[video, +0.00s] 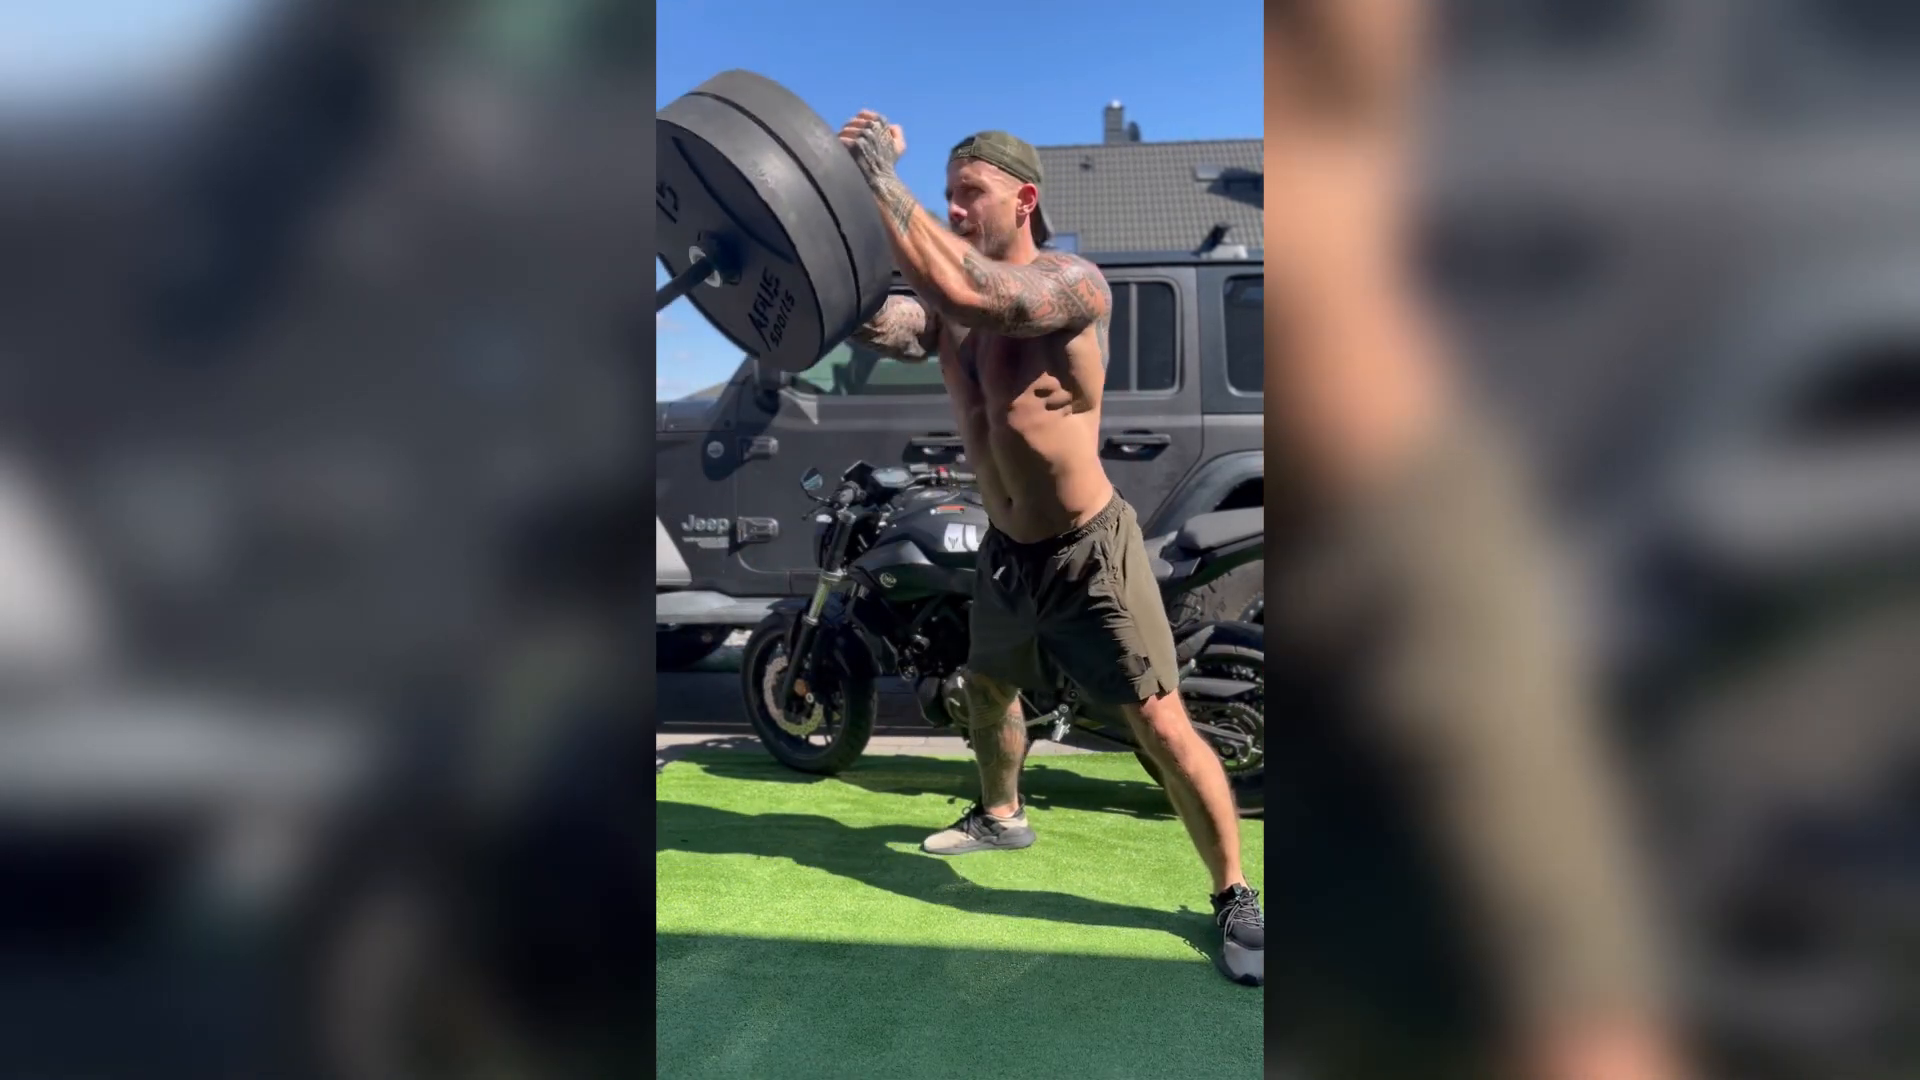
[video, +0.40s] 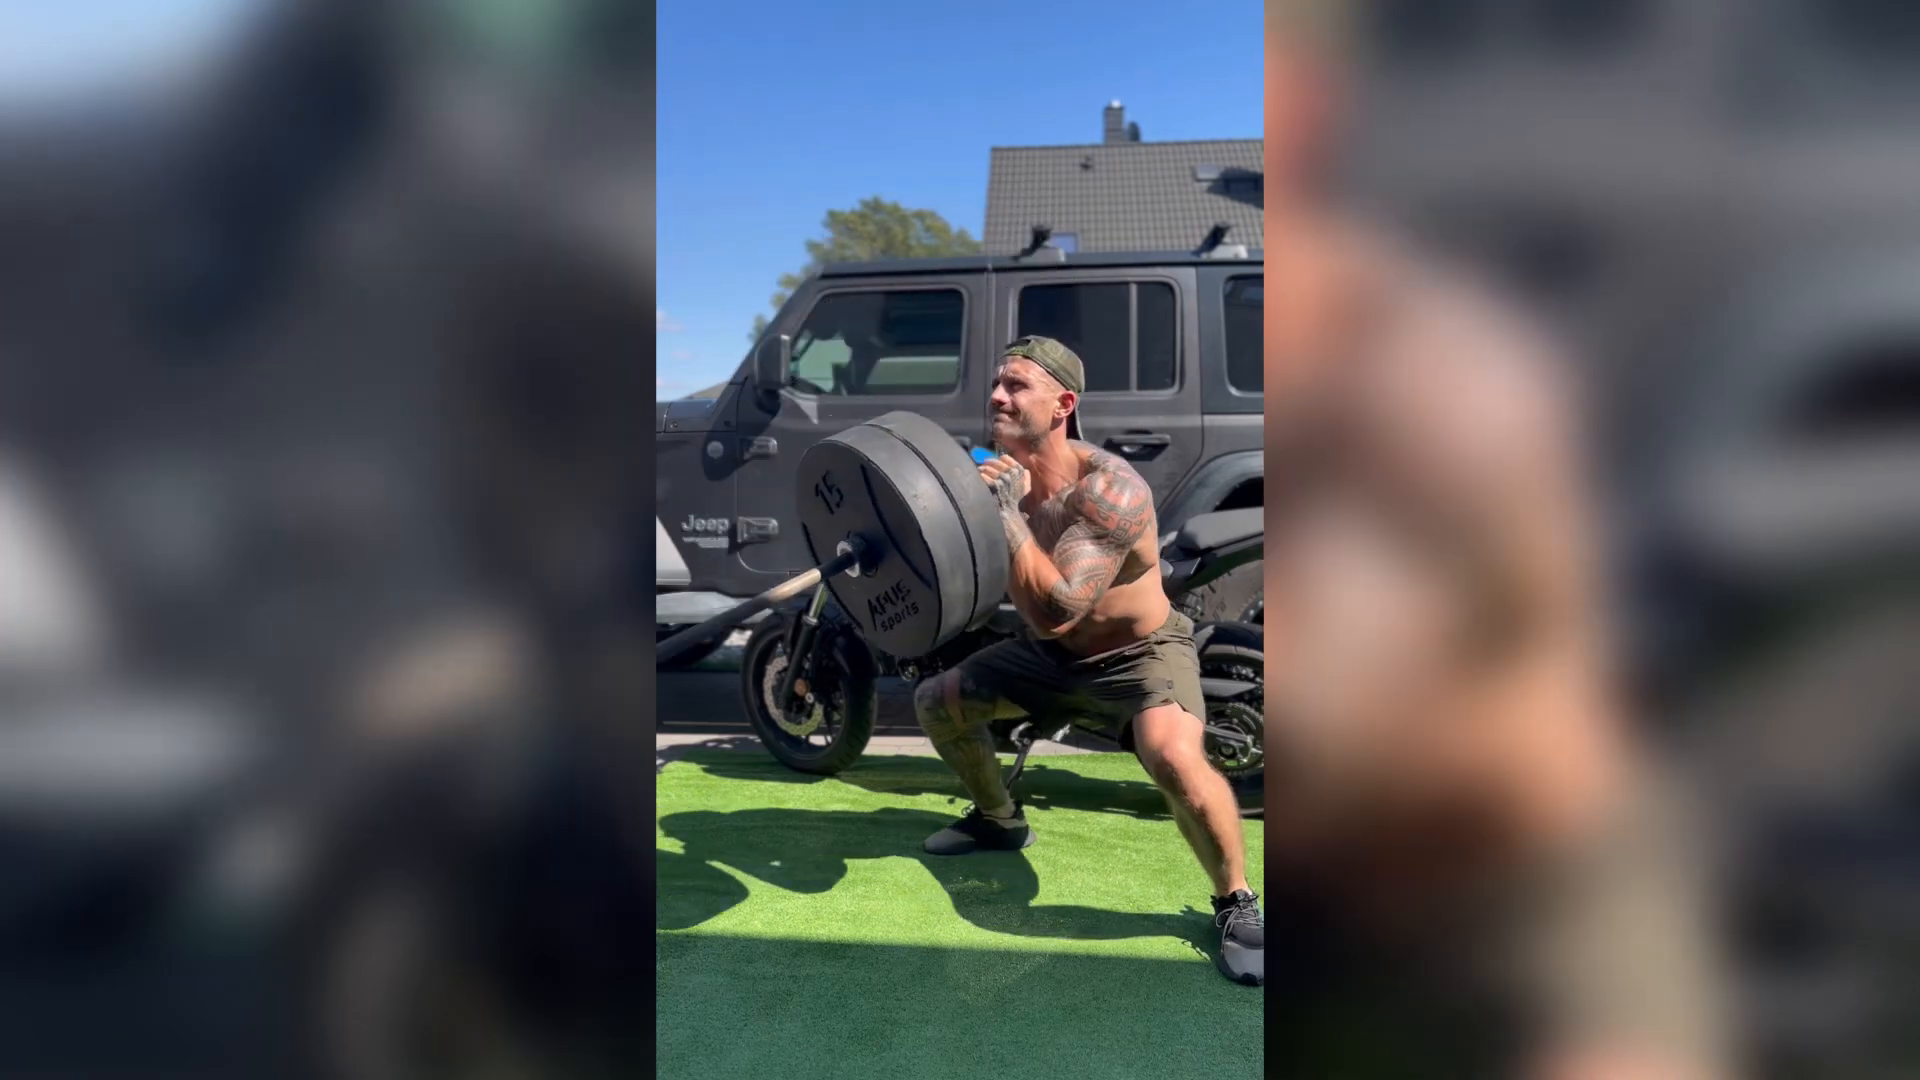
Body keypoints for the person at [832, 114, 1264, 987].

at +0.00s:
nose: (956, 208)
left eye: (972, 193)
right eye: (949, 196)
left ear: (1026, 200)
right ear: (950, 208)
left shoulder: (1076, 281)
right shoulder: (949, 302)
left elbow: (973, 291)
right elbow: (880, 324)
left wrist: (886, 186)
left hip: (1091, 545)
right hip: (1006, 551)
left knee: (1160, 725)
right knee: (989, 691)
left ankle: (1235, 896)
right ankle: (1000, 817)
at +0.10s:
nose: (975, 230)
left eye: (992, 215)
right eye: (971, 217)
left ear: (1045, 222)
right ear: (973, 231)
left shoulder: (1094, 314)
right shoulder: (976, 324)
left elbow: (999, 376)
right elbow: (915, 394)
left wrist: (928, 278)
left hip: (1103, 557)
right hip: (1013, 558)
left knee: (1161, 733)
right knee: (970, 695)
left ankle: (1235, 898)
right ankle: (1002, 819)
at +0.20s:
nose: (982, 280)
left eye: (1000, 267)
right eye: (981, 267)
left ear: (1051, 279)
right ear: (981, 281)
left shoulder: (1101, 371)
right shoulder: (984, 358)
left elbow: (1016, 464)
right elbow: (942, 459)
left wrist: (960, 365)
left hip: (1120, 583)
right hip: (1032, 586)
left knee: (1168, 742)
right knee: (952, 699)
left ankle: (1236, 899)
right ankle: (1002, 819)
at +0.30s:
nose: (990, 339)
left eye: (1009, 329)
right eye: (990, 327)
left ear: (1057, 347)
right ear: (988, 339)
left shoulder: (1105, 436)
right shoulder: (994, 420)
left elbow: (1035, 549)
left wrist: (989, 452)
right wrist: (940, 446)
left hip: (1133, 617)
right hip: (1047, 616)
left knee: (1167, 749)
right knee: (942, 702)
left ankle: (1237, 899)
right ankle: (995, 815)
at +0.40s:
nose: (997, 396)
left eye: (1016, 386)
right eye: (997, 384)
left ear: (1062, 405)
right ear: (993, 396)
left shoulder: (1116, 492)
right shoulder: (995, 476)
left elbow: (1058, 614)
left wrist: (1006, 513)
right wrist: (957, 501)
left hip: (1144, 649)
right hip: (1049, 649)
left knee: (1168, 751)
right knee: (939, 705)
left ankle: (1237, 901)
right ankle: (998, 821)